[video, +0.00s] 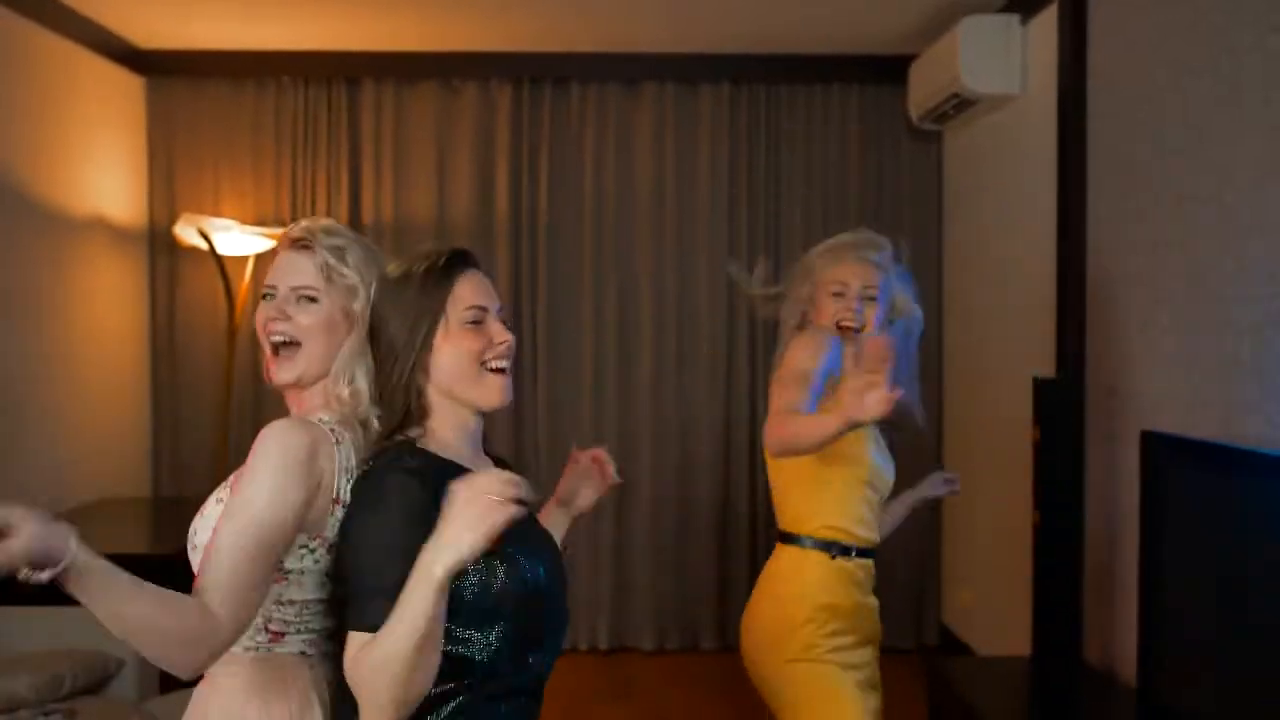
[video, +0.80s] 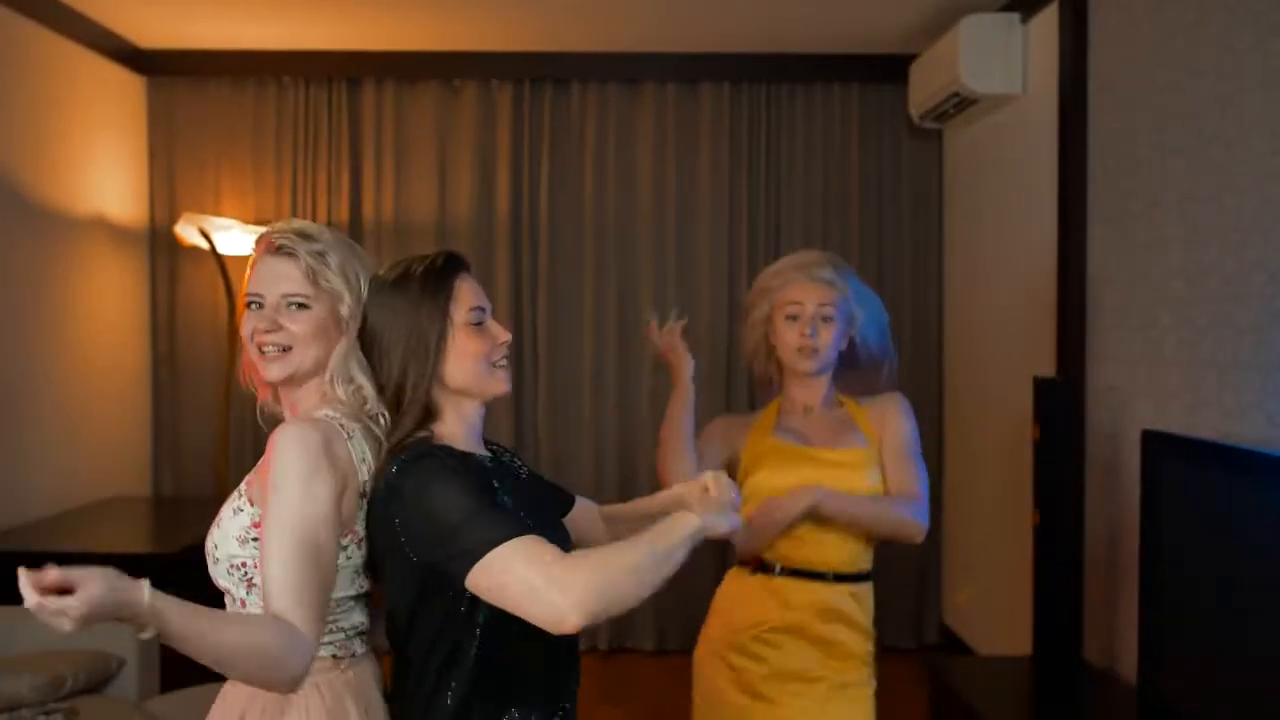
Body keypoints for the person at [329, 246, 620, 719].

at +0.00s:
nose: (505, 336)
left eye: (501, 319)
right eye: (475, 320)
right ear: (416, 346)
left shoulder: (496, 476)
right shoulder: (396, 486)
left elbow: (503, 603)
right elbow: (379, 701)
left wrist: (564, 510)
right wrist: (439, 556)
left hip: (507, 706)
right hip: (443, 710)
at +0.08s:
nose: (504, 347)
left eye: (497, 331)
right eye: (473, 333)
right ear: (416, 360)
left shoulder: (491, 489)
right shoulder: (402, 498)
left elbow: (502, 629)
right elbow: (400, 702)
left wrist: (546, 517)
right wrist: (475, 539)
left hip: (503, 706)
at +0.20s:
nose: (504, 330)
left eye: (493, 315)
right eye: (477, 315)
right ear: (418, 336)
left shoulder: (488, 466)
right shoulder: (401, 471)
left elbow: (521, 599)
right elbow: (475, 615)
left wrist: (561, 496)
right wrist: (532, 461)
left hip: (508, 704)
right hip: (434, 708)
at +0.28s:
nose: (500, 302)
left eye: (489, 285)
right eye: (473, 287)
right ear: (414, 309)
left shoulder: (479, 437)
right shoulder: (393, 440)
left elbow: (521, 545)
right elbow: (511, 555)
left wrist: (583, 449)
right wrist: (584, 417)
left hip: (503, 702)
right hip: (427, 705)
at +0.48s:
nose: (496, 301)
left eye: (484, 283)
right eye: (469, 285)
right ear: (410, 310)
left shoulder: (485, 427)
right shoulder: (408, 433)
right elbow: (563, 528)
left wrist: (612, 475)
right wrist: (607, 423)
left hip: (519, 700)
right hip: (449, 702)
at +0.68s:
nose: (500, 324)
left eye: (487, 306)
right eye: (472, 308)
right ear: (416, 332)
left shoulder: (493, 454)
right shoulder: (417, 473)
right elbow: (557, 597)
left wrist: (627, 476)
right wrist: (615, 471)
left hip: (533, 701)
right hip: (466, 706)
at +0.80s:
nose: (505, 336)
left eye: (493, 319)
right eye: (477, 321)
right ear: (420, 344)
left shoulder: (496, 465)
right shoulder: (420, 483)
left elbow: (601, 524)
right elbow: (565, 599)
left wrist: (685, 498)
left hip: (536, 704)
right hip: (468, 708)